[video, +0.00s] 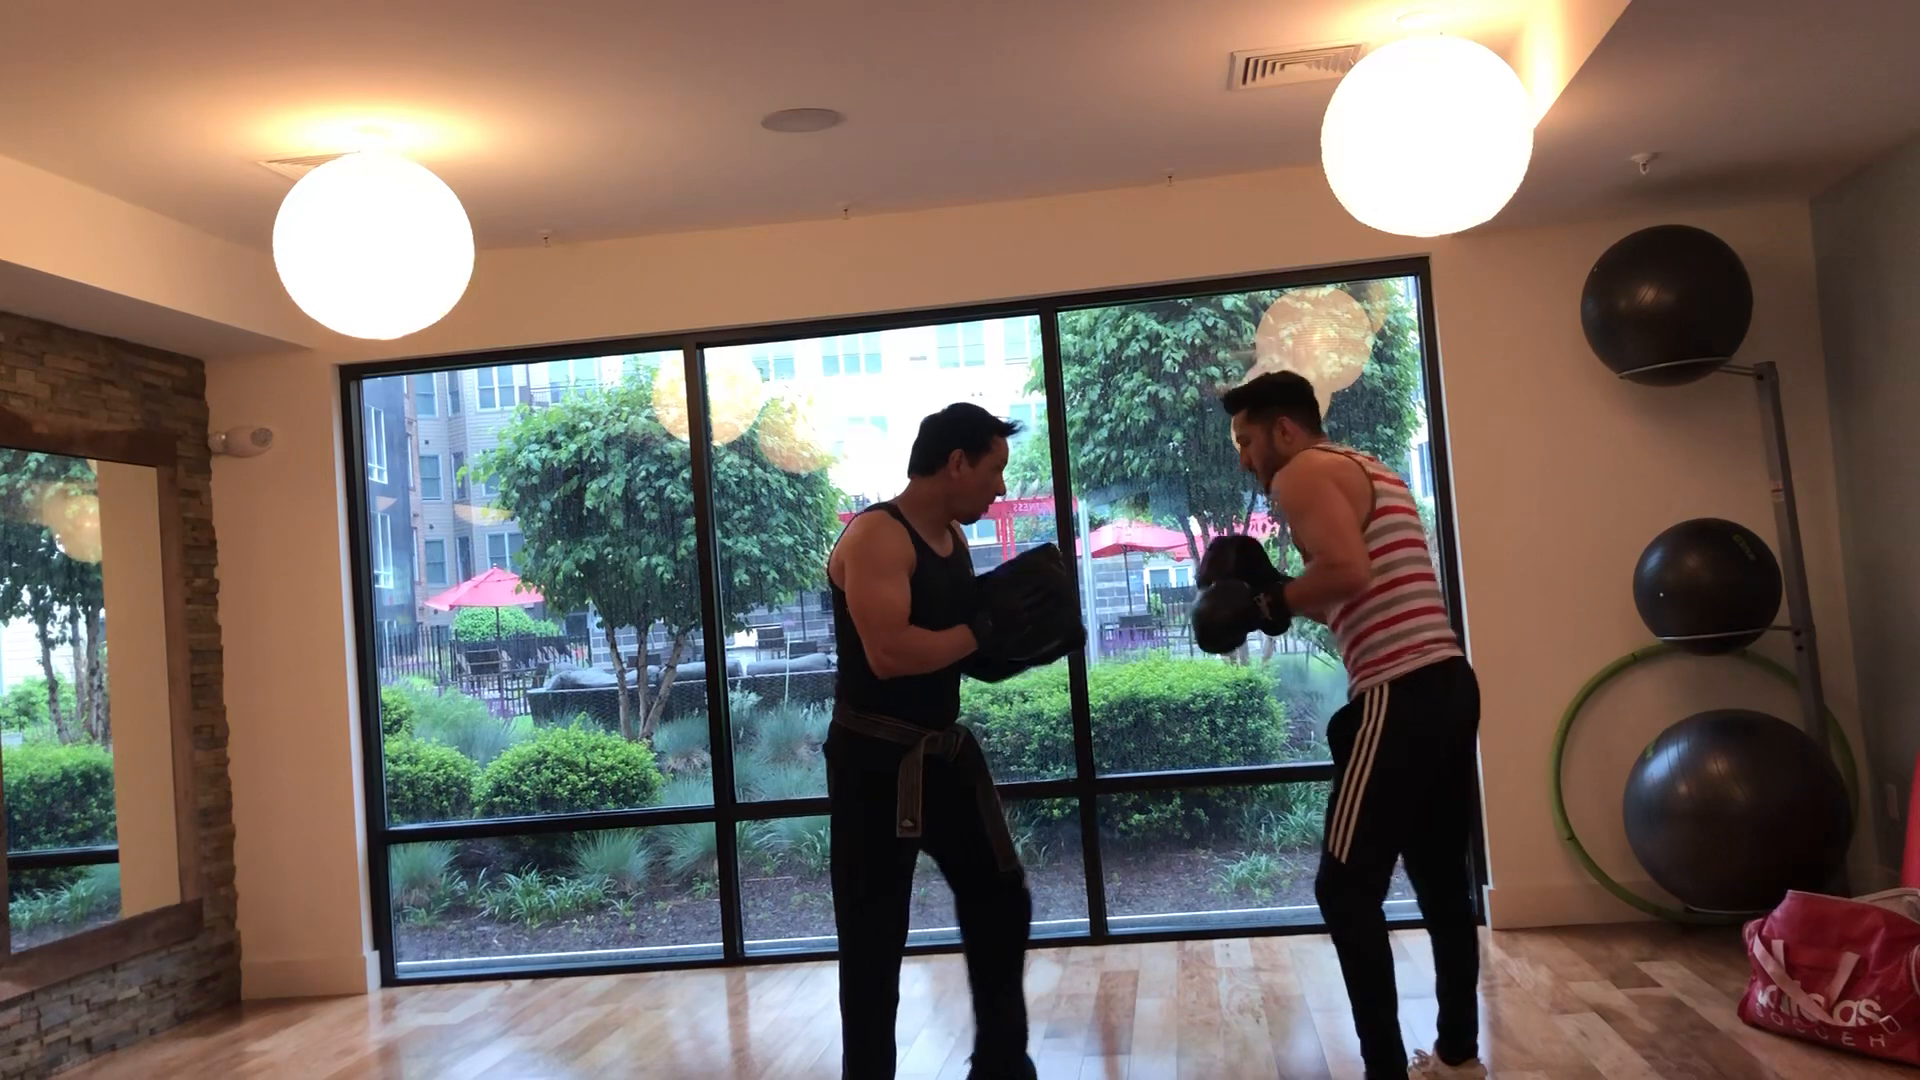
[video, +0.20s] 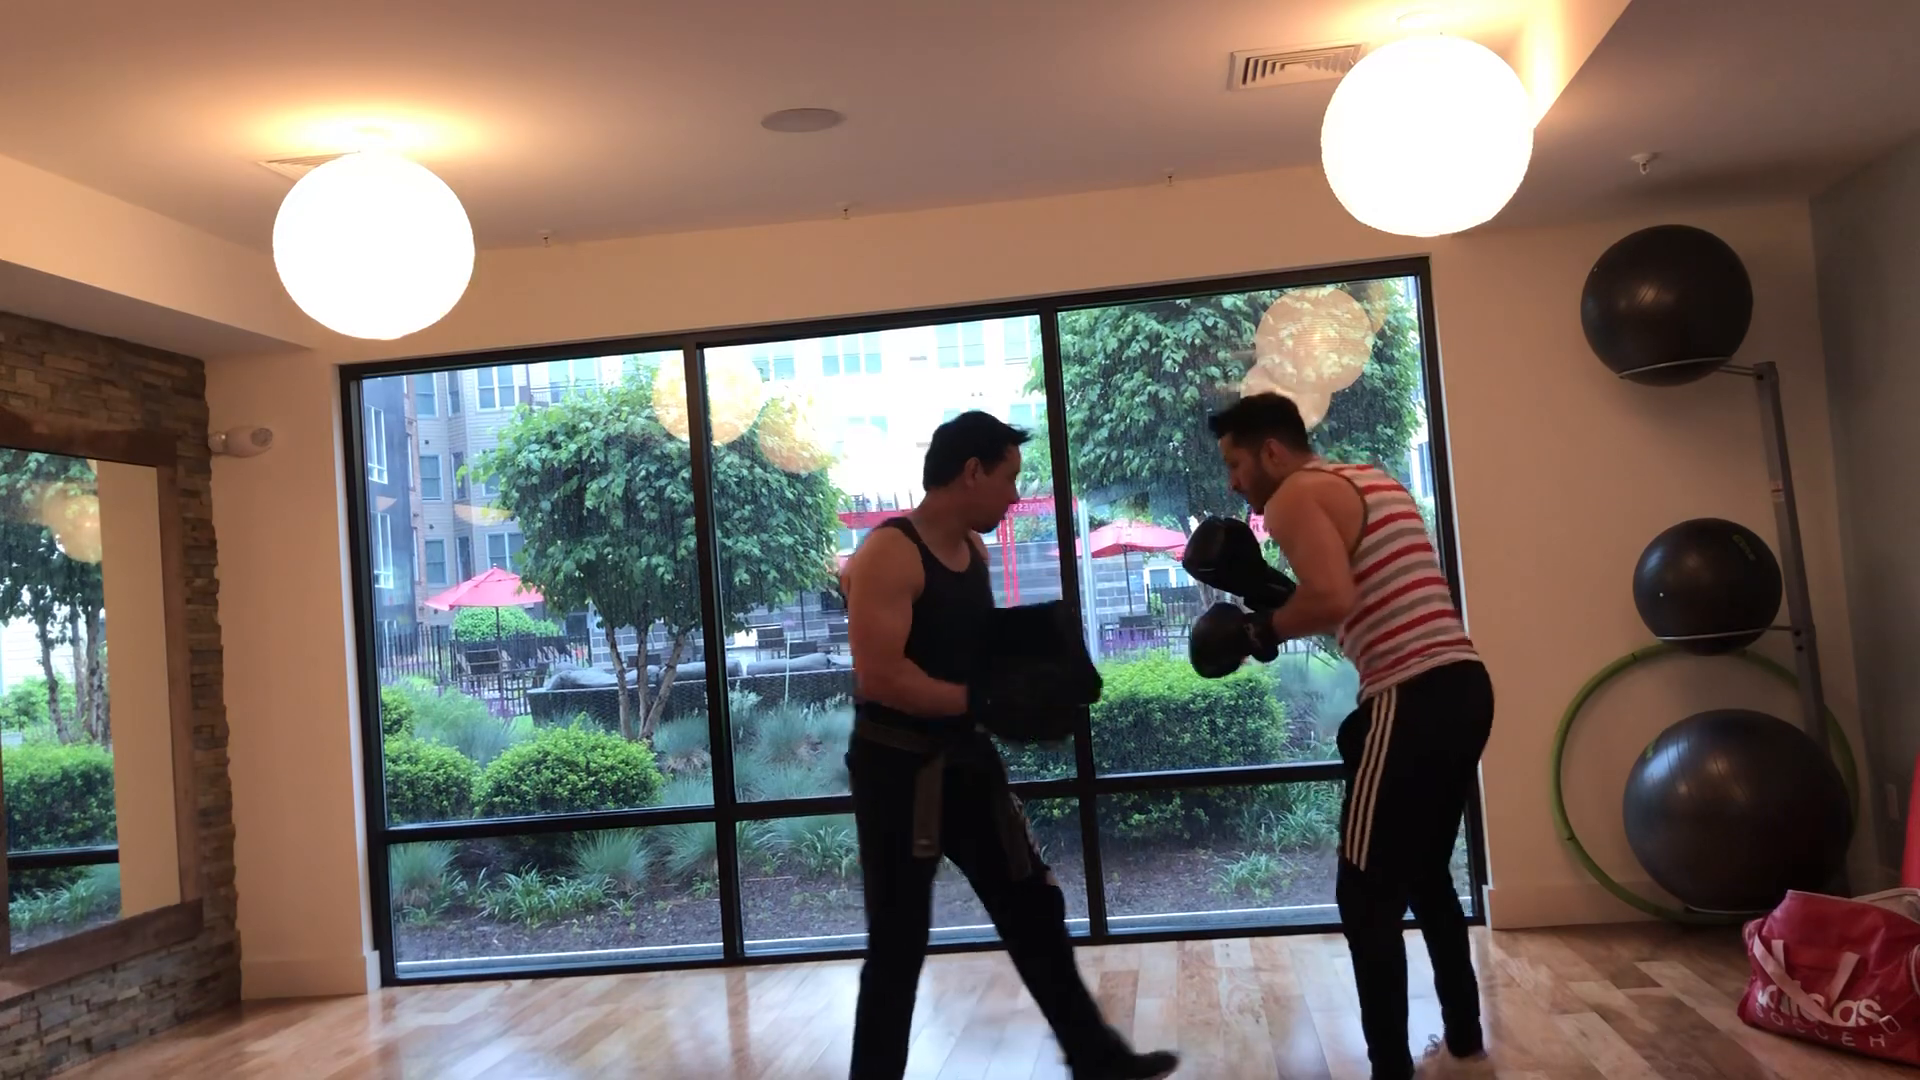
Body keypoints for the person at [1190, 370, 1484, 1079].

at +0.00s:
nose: (1242, 459)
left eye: (1245, 441)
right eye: (1238, 446)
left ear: (1281, 425)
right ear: (1304, 426)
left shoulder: (1305, 472)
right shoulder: (1370, 468)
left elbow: (1347, 571)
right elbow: (1360, 598)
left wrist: (1271, 599)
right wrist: (1277, 592)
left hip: (1396, 693)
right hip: (1446, 685)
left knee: (1345, 889)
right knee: (1441, 881)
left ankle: (1382, 1069)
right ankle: (1457, 1048)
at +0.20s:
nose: (1232, 483)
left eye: (1234, 465)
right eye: (1227, 468)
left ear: (1270, 450)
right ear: (1286, 448)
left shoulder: (1297, 496)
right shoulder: (1368, 476)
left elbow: (1331, 597)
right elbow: (1355, 603)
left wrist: (1262, 626)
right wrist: (1265, 585)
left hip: (1408, 698)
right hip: (1461, 686)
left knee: (1364, 893)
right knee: (1427, 870)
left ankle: (1388, 1068)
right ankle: (1465, 1037)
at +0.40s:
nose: (1238, 521)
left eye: (1239, 503)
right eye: (1233, 506)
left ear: (1278, 489)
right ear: (1288, 488)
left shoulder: (1327, 529)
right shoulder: (1366, 516)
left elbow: (1327, 661)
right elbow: (1339, 645)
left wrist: (1247, 625)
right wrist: (1265, 616)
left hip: (1449, 719)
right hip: (1491, 711)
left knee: (1335, 887)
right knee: (1438, 873)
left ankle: (1381, 1071)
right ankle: (1479, 1044)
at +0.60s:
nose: (1236, 529)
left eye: (1239, 511)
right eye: (1231, 514)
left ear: (1283, 498)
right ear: (1292, 498)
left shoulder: (1336, 550)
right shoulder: (1371, 530)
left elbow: (1293, 689)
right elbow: (1370, 664)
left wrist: (1234, 626)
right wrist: (1267, 628)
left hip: (1465, 734)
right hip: (1491, 725)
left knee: (1374, 919)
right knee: (1427, 898)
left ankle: (1423, 1070)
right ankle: (1478, 1048)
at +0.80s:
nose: (1230, 552)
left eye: (1234, 535)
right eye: (1229, 536)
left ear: (1273, 536)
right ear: (1283, 534)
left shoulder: (1365, 601)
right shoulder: (1345, 593)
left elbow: (1307, 745)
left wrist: (1256, 661)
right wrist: (1273, 689)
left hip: (1494, 771)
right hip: (1451, 771)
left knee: (1388, 934)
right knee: (1393, 928)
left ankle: (1429, 1070)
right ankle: (1467, 1059)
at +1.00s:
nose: (1228, 532)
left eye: (1231, 514)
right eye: (1226, 516)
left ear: (1269, 510)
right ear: (1283, 509)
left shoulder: (1359, 569)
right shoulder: (1337, 565)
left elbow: (1307, 717)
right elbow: (1373, 660)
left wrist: (1243, 648)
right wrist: (1270, 686)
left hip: (1505, 736)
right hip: (1461, 739)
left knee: (1432, 910)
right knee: (1406, 887)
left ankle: (1454, 1069)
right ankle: (1458, 1054)